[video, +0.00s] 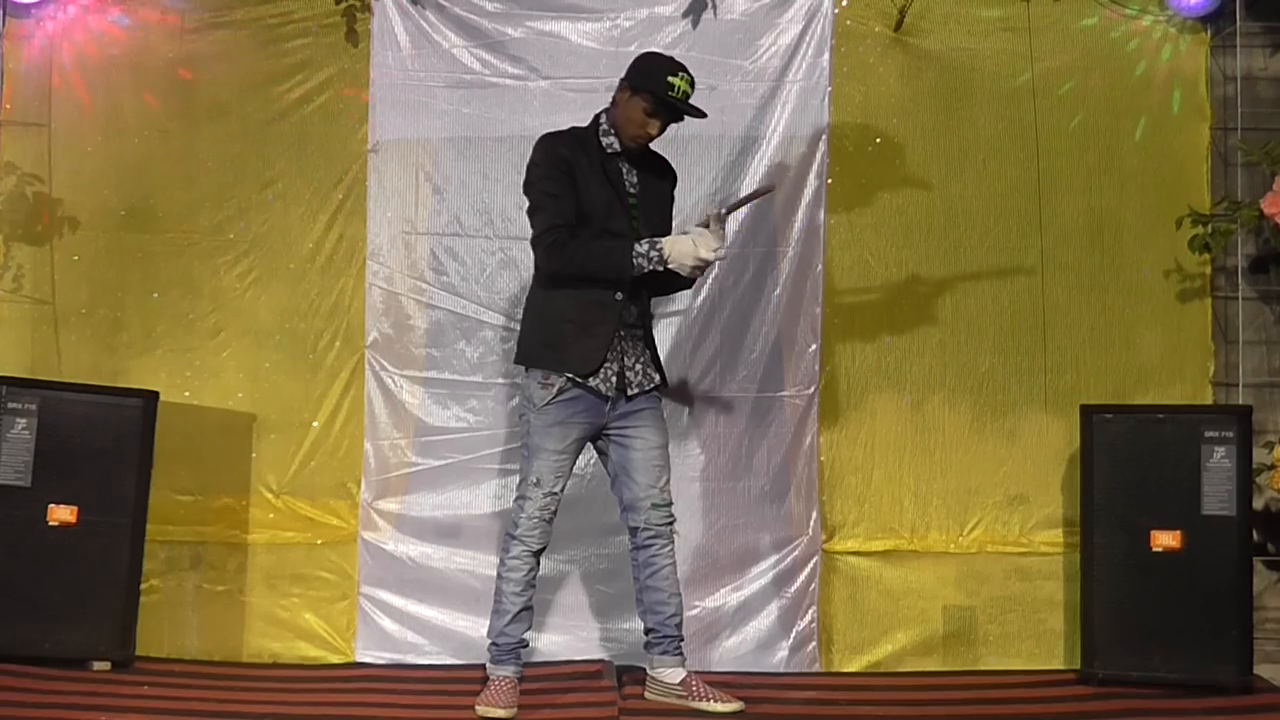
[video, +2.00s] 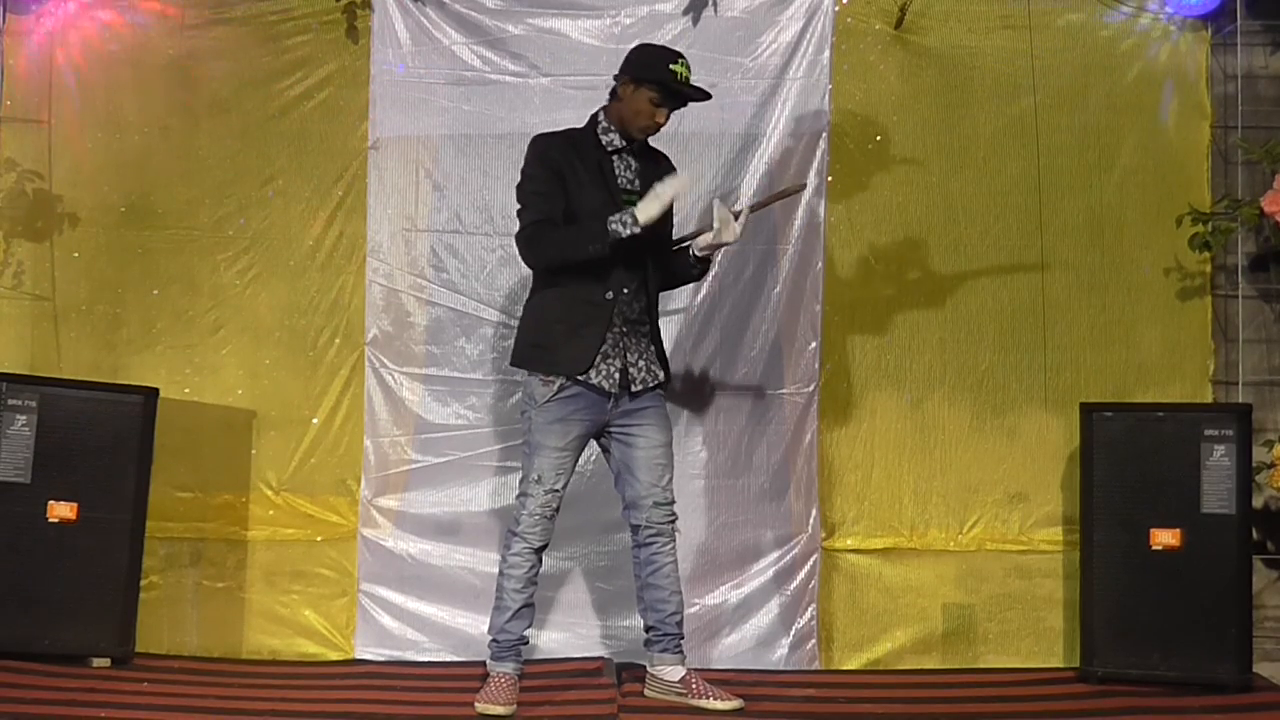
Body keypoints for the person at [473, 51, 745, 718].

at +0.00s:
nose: (660, 127)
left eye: (669, 119)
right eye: (655, 112)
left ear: (669, 119)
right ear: (623, 94)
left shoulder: (659, 177)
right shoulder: (558, 151)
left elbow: (643, 281)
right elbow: (555, 254)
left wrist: (689, 264)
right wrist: (653, 253)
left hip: (635, 373)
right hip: (561, 372)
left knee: (653, 520)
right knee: (532, 524)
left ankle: (667, 673)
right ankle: (502, 673)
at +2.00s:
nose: (665, 116)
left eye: (672, 107)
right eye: (658, 101)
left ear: (667, 109)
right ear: (621, 90)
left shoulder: (658, 173)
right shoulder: (553, 151)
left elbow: (651, 274)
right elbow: (537, 247)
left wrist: (702, 250)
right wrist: (628, 223)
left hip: (640, 375)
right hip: (566, 372)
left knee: (655, 519)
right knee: (533, 521)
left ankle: (667, 669)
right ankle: (503, 668)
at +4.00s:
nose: (641, 111)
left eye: (650, 99)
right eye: (630, 97)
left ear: (658, 100)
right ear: (601, 93)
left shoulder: (662, 170)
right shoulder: (553, 148)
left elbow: (656, 278)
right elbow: (507, 209)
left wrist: (675, 256)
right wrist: (603, 217)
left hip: (642, 378)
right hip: (565, 373)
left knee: (674, 514)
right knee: (535, 521)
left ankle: (668, 670)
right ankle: (503, 668)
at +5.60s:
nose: (601, 85)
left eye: (610, 73)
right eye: (585, 74)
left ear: (623, 79)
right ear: (561, 84)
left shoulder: (650, 154)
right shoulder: (537, 157)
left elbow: (667, 255)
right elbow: (544, 237)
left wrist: (707, 234)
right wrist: (588, 153)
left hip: (650, 371)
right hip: (570, 371)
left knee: (666, 519)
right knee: (531, 517)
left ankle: (673, 668)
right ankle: (498, 663)